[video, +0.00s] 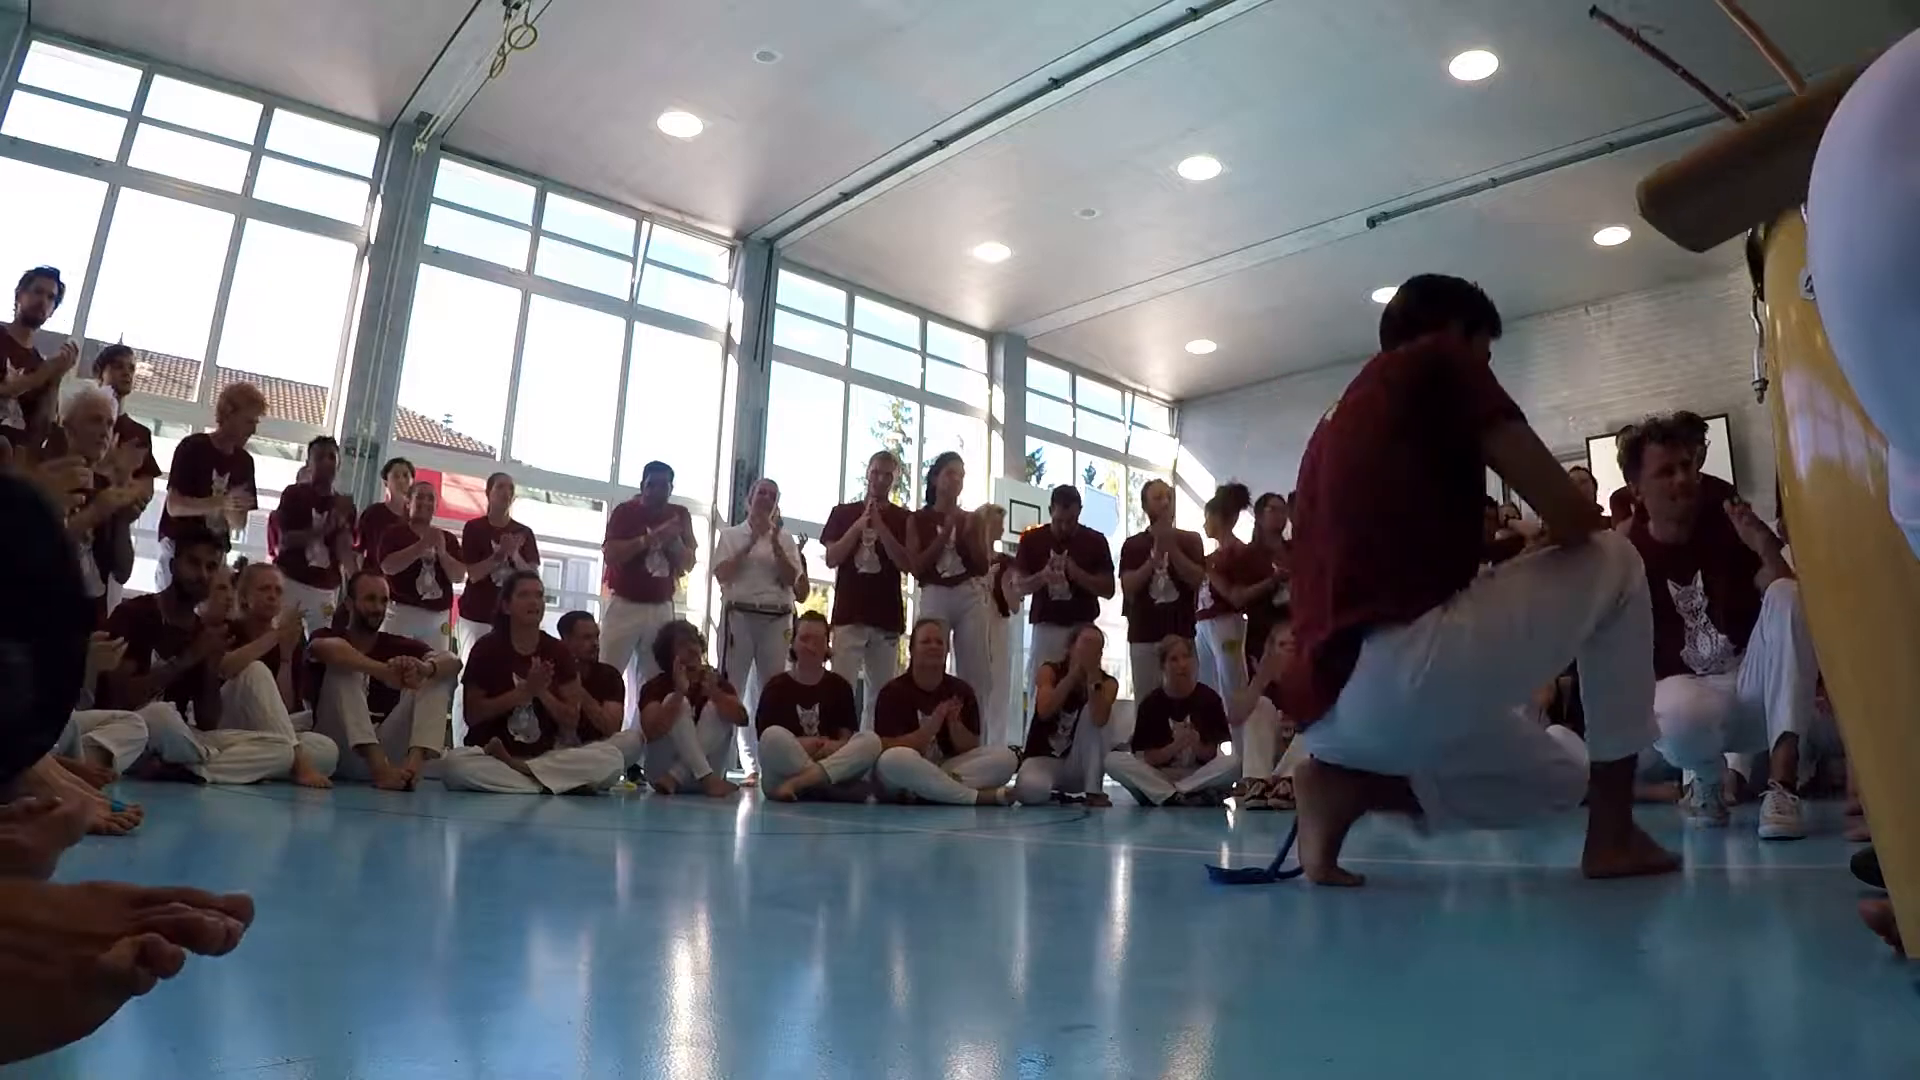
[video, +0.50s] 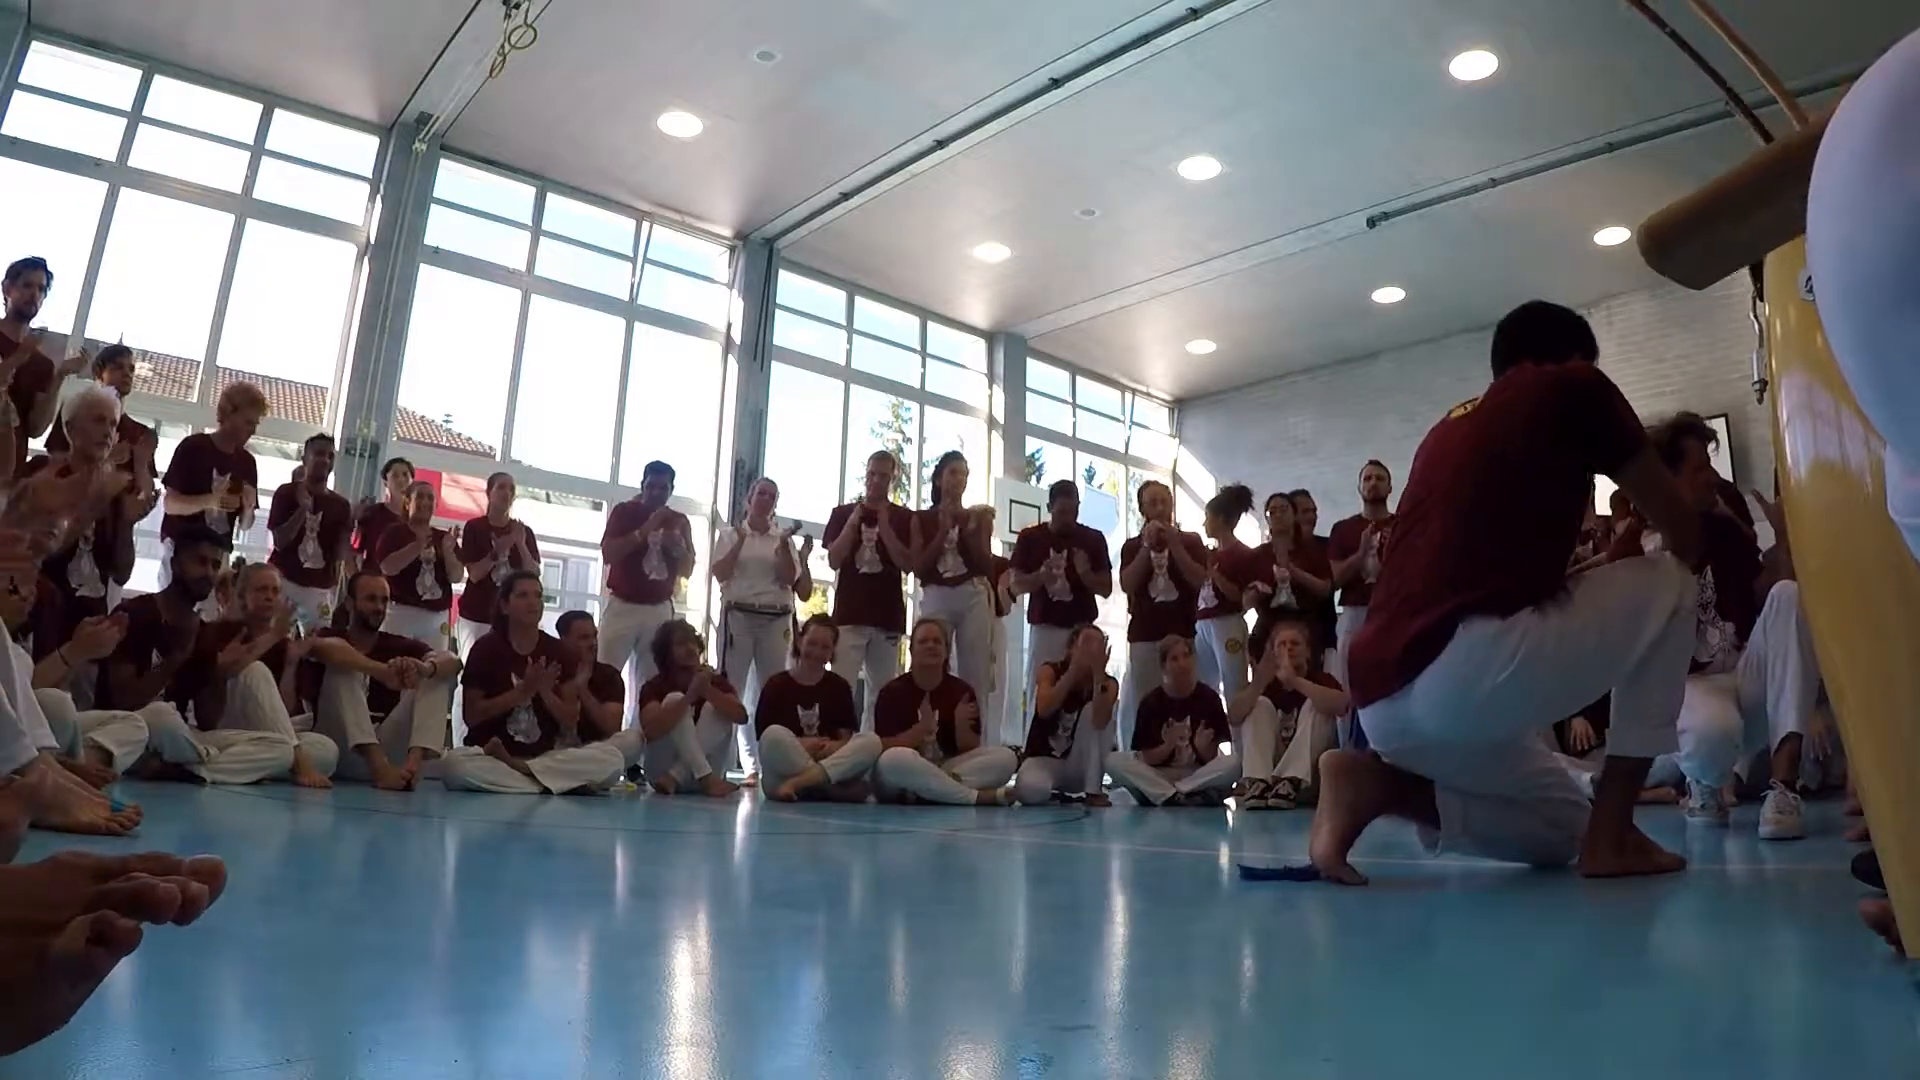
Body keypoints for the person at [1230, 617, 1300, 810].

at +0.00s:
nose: (1291, 651)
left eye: (1294, 645)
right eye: (1283, 645)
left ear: (1304, 648)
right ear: (1268, 651)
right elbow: (1235, 717)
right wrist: (1263, 676)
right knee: (1261, 705)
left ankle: (1287, 781)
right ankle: (1256, 781)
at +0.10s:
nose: (1289, 652)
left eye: (1296, 645)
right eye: (1282, 646)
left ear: (1310, 650)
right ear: (1270, 653)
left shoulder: (1317, 690)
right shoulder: (1261, 696)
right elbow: (1235, 717)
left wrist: (1295, 682)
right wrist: (1261, 679)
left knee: (1311, 708)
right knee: (1260, 705)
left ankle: (1291, 779)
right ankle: (1255, 780)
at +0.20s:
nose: (1287, 652)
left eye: (1295, 645)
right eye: (1281, 645)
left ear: (1310, 651)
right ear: (1270, 651)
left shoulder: (1319, 685)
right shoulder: (1262, 686)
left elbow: (1332, 709)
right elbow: (1234, 718)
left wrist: (1294, 680)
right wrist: (1258, 682)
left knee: (1313, 707)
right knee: (1259, 705)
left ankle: (1293, 780)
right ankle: (1256, 780)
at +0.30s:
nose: (1288, 649)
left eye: (1295, 644)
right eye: (1281, 645)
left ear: (1308, 652)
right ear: (1270, 653)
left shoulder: (1322, 682)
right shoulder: (1258, 689)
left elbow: (1338, 705)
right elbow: (1233, 717)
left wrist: (1290, 683)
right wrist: (1262, 679)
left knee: (1314, 706)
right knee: (1260, 705)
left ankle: (1290, 781)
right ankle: (1256, 781)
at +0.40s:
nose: (1288, 649)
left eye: (1295, 644)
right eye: (1281, 645)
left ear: (1308, 652)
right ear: (1270, 653)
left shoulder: (1321, 680)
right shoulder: (1259, 687)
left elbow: (1341, 705)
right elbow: (1234, 717)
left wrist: (1291, 682)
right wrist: (1261, 680)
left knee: (1315, 705)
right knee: (1260, 705)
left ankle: (1289, 781)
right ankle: (1257, 781)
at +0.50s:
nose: (1288, 650)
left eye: (1295, 644)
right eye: (1281, 644)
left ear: (1308, 651)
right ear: (1271, 651)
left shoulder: (1321, 680)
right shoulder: (1263, 685)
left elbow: (1341, 706)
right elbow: (1234, 717)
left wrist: (1294, 681)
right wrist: (1261, 678)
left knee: (1316, 704)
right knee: (1259, 705)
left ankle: (1289, 781)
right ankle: (1256, 781)